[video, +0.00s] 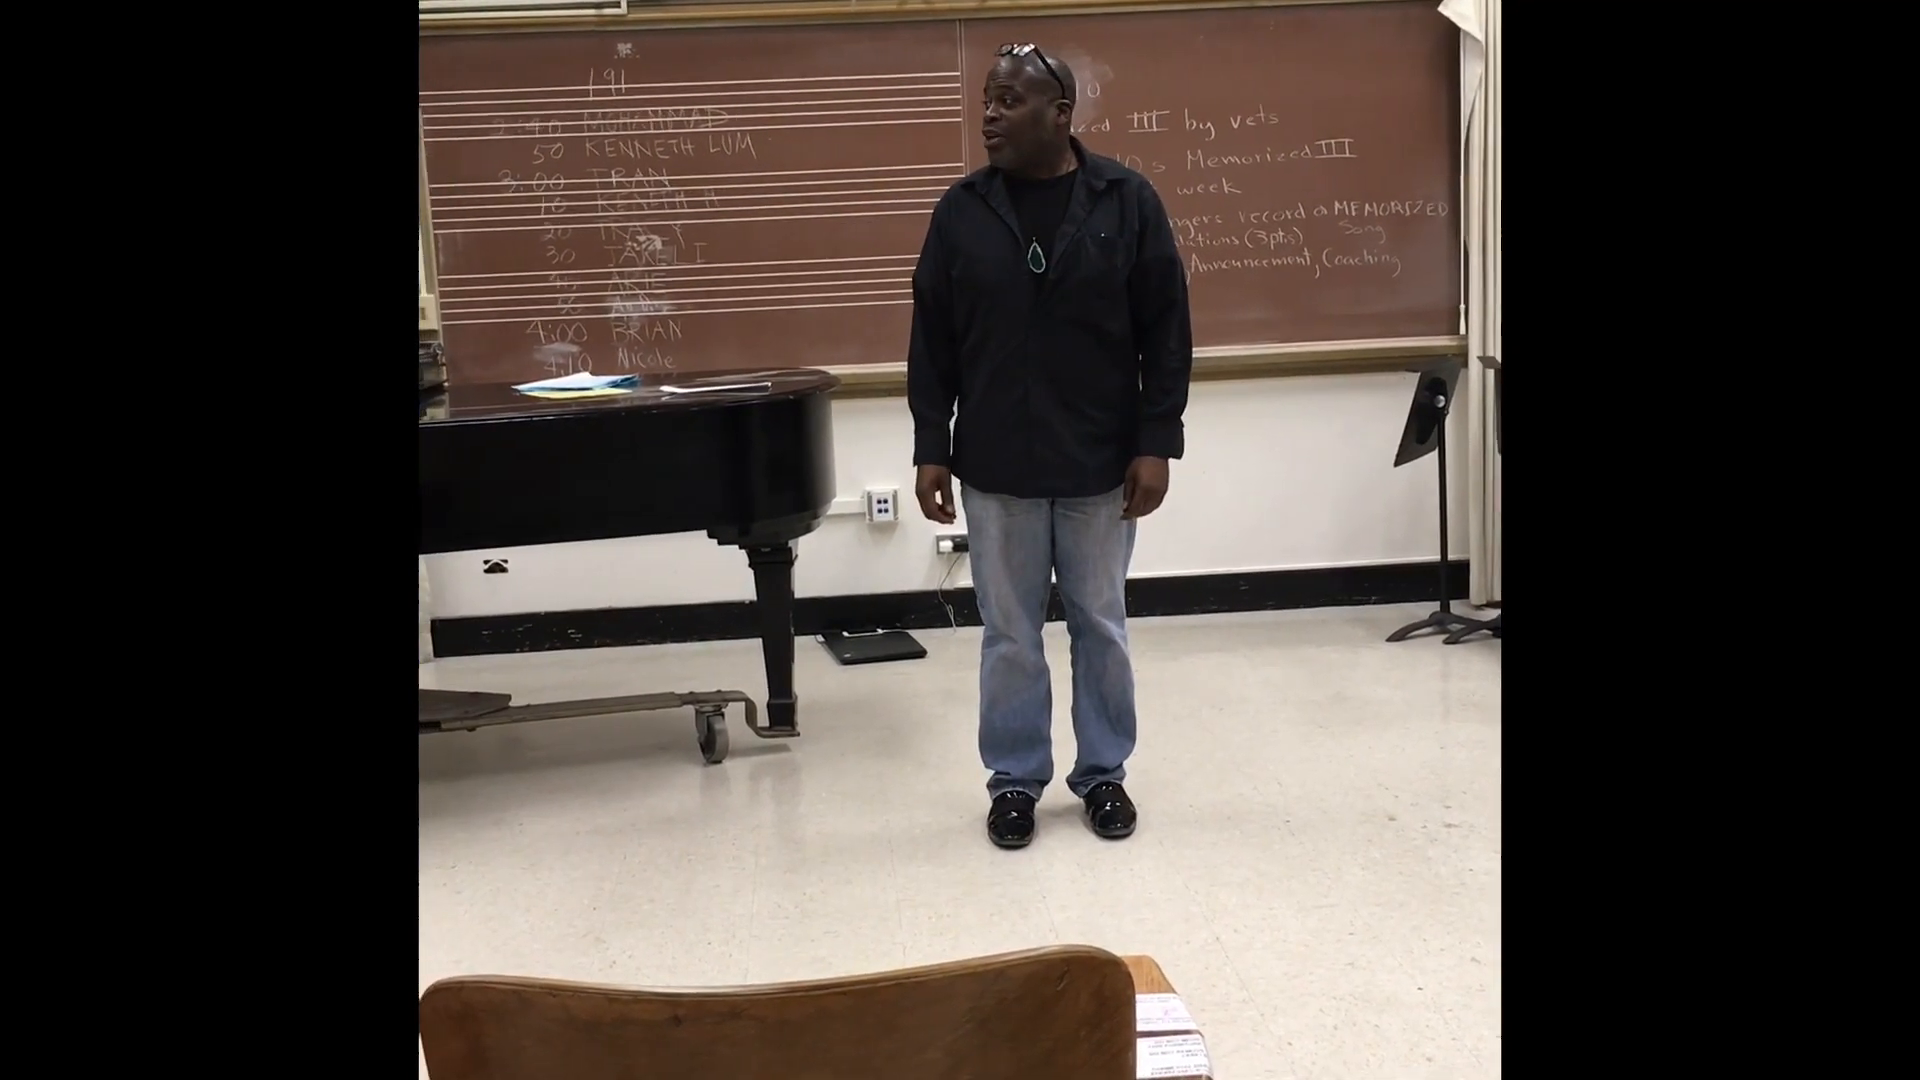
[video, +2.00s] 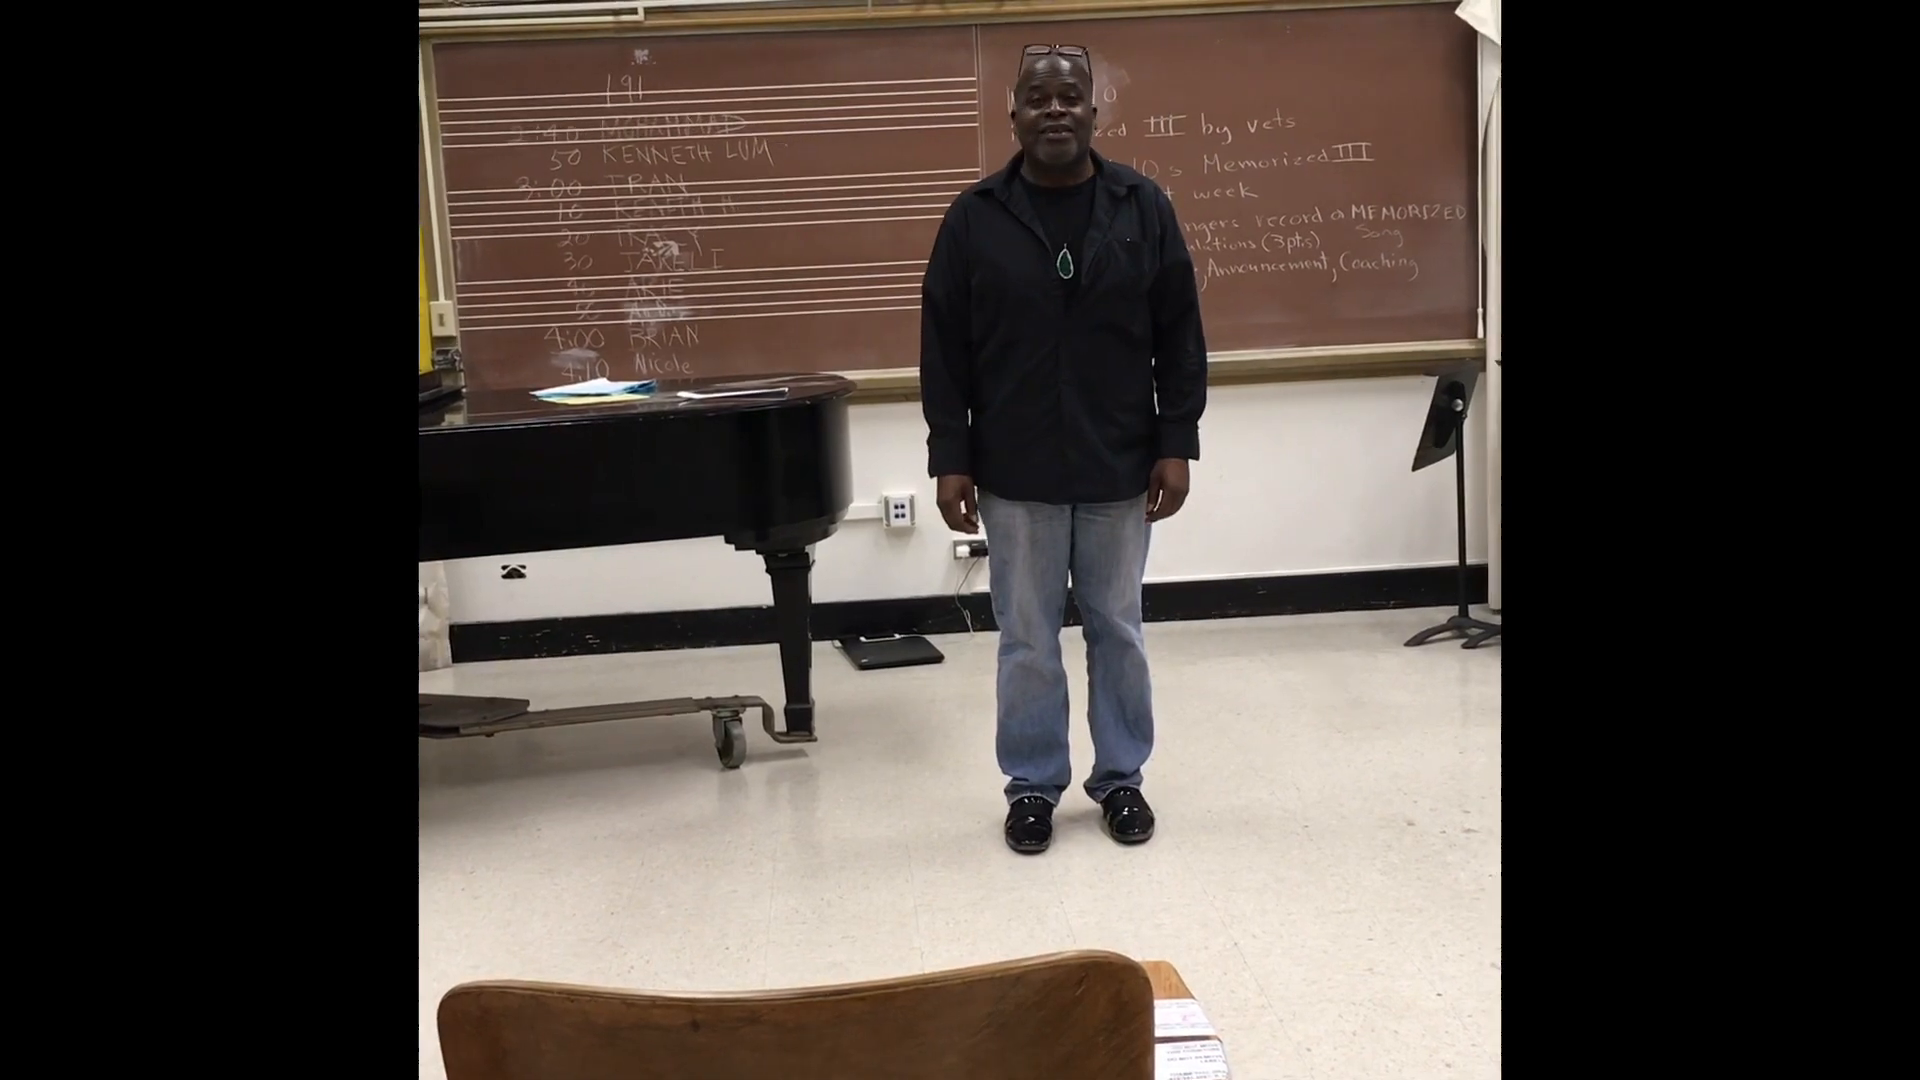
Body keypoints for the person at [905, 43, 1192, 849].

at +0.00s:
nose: (990, 116)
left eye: (1009, 101)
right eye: (988, 102)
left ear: (1061, 112)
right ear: (986, 112)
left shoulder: (1127, 200)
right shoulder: (962, 210)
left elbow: (1165, 331)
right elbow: (932, 337)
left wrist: (1156, 446)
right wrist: (930, 451)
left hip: (1100, 455)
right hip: (995, 458)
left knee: (1100, 626)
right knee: (1009, 632)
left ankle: (1103, 775)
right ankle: (1013, 779)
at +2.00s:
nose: (1054, 113)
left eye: (1070, 100)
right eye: (1038, 100)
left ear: (1096, 111)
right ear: (1014, 114)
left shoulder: (1143, 208)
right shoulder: (973, 217)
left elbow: (1180, 336)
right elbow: (943, 345)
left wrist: (1176, 447)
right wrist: (950, 460)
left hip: (1118, 458)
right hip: (1015, 462)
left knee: (1117, 629)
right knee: (1026, 636)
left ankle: (1120, 778)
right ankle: (1031, 785)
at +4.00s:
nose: (1069, 112)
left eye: (1079, 99)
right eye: (1049, 101)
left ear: (1096, 112)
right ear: (1013, 120)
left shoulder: (1139, 207)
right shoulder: (969, 219)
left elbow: (1176, 336)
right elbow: (940, 351)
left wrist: (1172, 448)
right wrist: (950, 467)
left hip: (1116, 459)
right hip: (1012, 465)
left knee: (1114, 631)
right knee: (1022, 638)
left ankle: (1116, 779)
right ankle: (1026, 787)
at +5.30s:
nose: (1038, 117)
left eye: (1054, 103)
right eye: (1021, 103)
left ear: (1080, 111)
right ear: (998, 114)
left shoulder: (1128, 208)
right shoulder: (956, 214)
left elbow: (1162, 334)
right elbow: (925, 345)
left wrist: (1157, 446)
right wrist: (934, 460)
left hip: (1100, 458)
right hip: (996, 462)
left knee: (1097, 629)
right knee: (1006, 636)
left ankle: (1099, 777)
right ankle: (1009, 784)